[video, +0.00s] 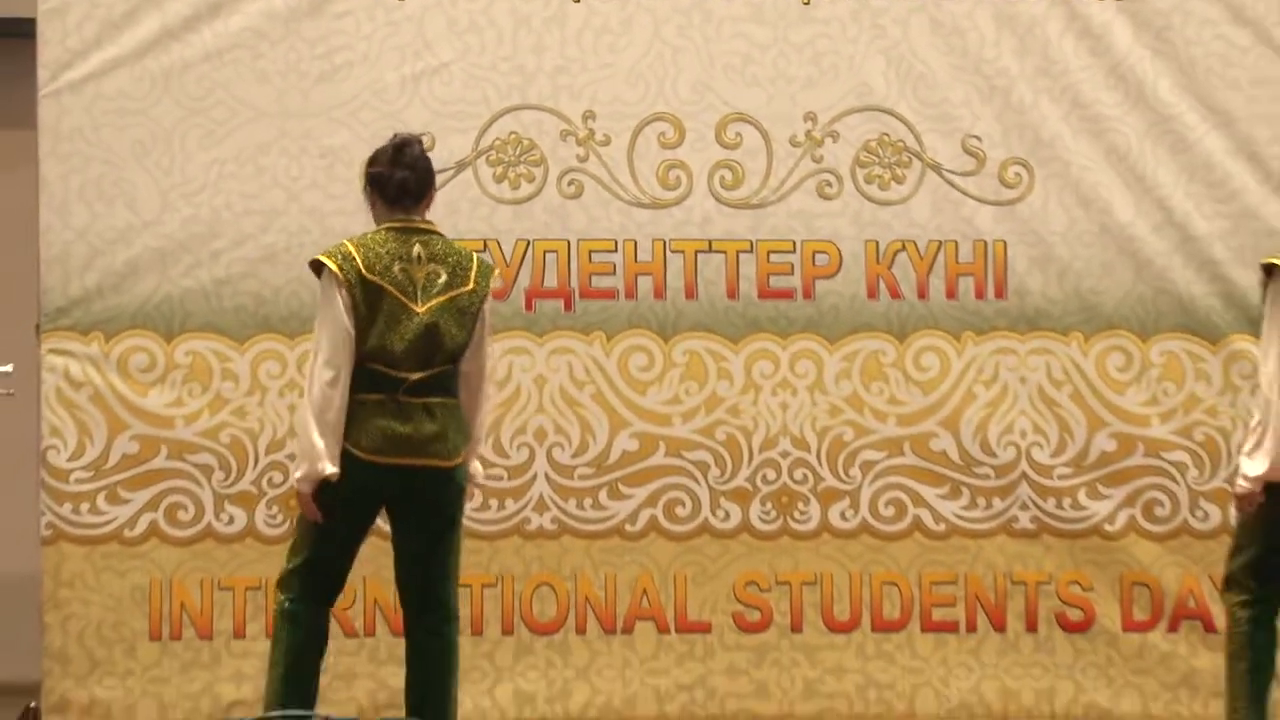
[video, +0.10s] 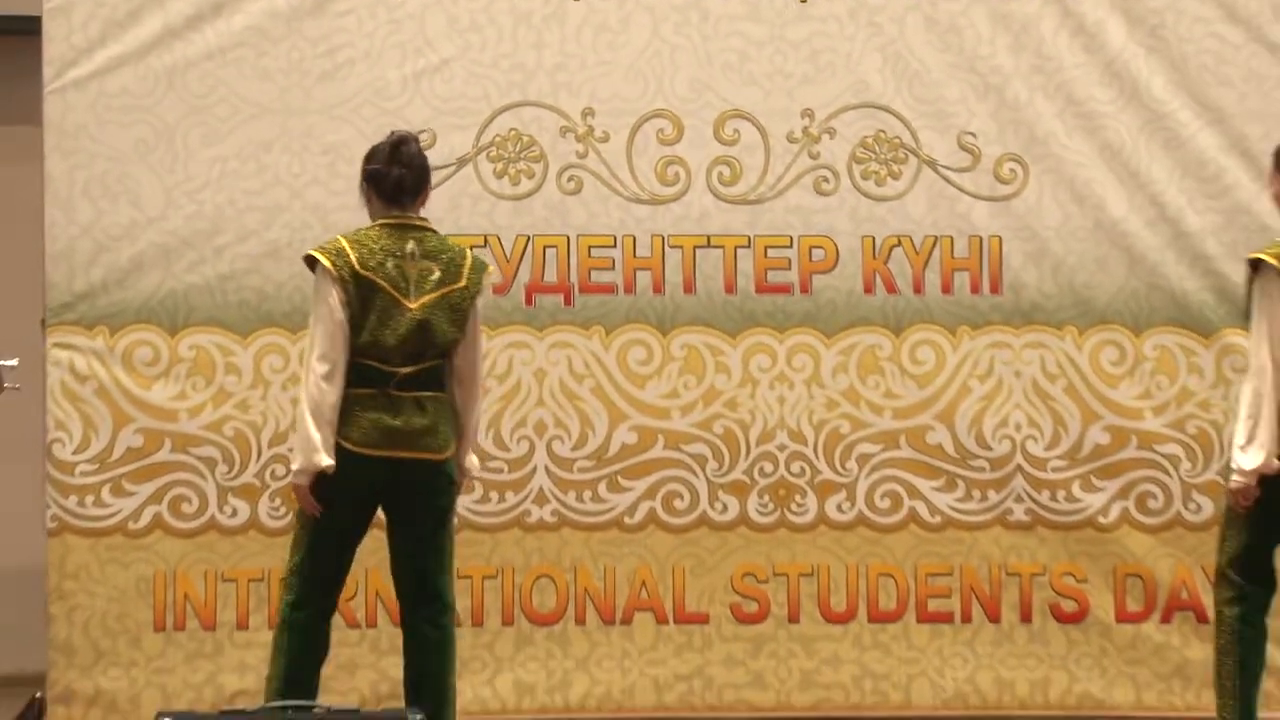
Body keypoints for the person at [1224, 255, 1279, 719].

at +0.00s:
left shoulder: (1273, 285)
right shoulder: (1271, 285)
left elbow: (1271, 384)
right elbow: (1268, 384)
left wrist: (1255, 464)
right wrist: (1251, 460)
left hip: (1269, 475)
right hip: (1266, 473)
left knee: (1248, 594)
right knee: (1250, 595)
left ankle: (1246, 710)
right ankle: (1246, 708)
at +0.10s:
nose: (1270, 190)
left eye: (1271, 179)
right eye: (1272, 178)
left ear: (1274, 182)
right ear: (1273, 183)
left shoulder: (1267, 269)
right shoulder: (1265, 269)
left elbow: (1261, 366)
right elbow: (1259, 365)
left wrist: (1249, 454)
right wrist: (1244, 454)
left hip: (1266, 463)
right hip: (1263, 463)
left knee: (1242, 590)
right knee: (1241, 589)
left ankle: (1236, 709)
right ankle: (1236, 708)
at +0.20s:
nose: (1251, 192)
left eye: (1254, 180)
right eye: (1252, 180)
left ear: (1269, 182)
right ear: (1275, 182)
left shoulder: (1258, 256)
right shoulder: (1258, 258)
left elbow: (1242, 360)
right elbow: (1243, 358)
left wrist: (1229, 449)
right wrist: (1230, 448)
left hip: (1256, 455)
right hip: (1259, 457)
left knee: (1228, 586)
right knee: (1231, 587)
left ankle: (1226, 708)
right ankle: (1227, 704)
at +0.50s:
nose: (1195, 180)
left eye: (1198, 170)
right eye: (1198, 169)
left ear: (1214, 175)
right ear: (1254, 177)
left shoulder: (1207, 246)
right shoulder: (1271, 242)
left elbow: (1188, 345)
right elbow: (1274, 361)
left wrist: (1160, 427)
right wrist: (1270, 444)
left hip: (1198, 435)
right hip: (1247, 436)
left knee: (1187, 565)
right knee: (1224, 554)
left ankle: (1197, 703)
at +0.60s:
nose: (1180, 177)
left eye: (1183, 168)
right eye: (1184, 167)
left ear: (1196, 173)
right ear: (1241, 176)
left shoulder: (1186, 243)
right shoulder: (1269, 246)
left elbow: (1166, 340)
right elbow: (1267, 351)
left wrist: (1143, 419)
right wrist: (1258, 431)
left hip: (1178, 426)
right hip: (1229, 429)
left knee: (1170, 549)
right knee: (1188, 536)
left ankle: (1186, 692)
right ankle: (1243, 661)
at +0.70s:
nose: (1172, 174)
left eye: (1175, 165)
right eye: (1178, 164)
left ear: (1185, 170)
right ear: (1232, 174)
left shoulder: (1171, 241)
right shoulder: (1263, 246)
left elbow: (1154, 338)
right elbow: (1264, 346)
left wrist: (1136, 414)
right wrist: (1255, 425)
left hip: (1171, 420)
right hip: (1224, 424)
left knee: (1160, 538)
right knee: (1175, 525)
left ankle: (1183, 682)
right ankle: (1216, 649)